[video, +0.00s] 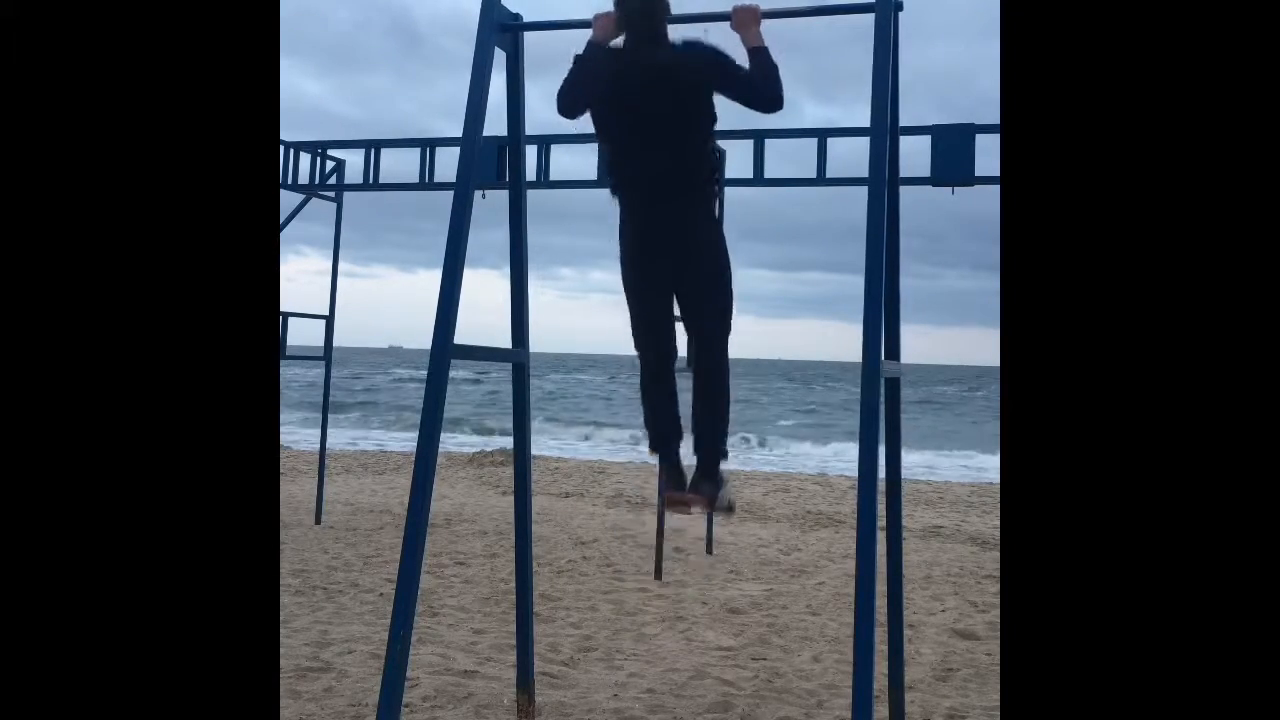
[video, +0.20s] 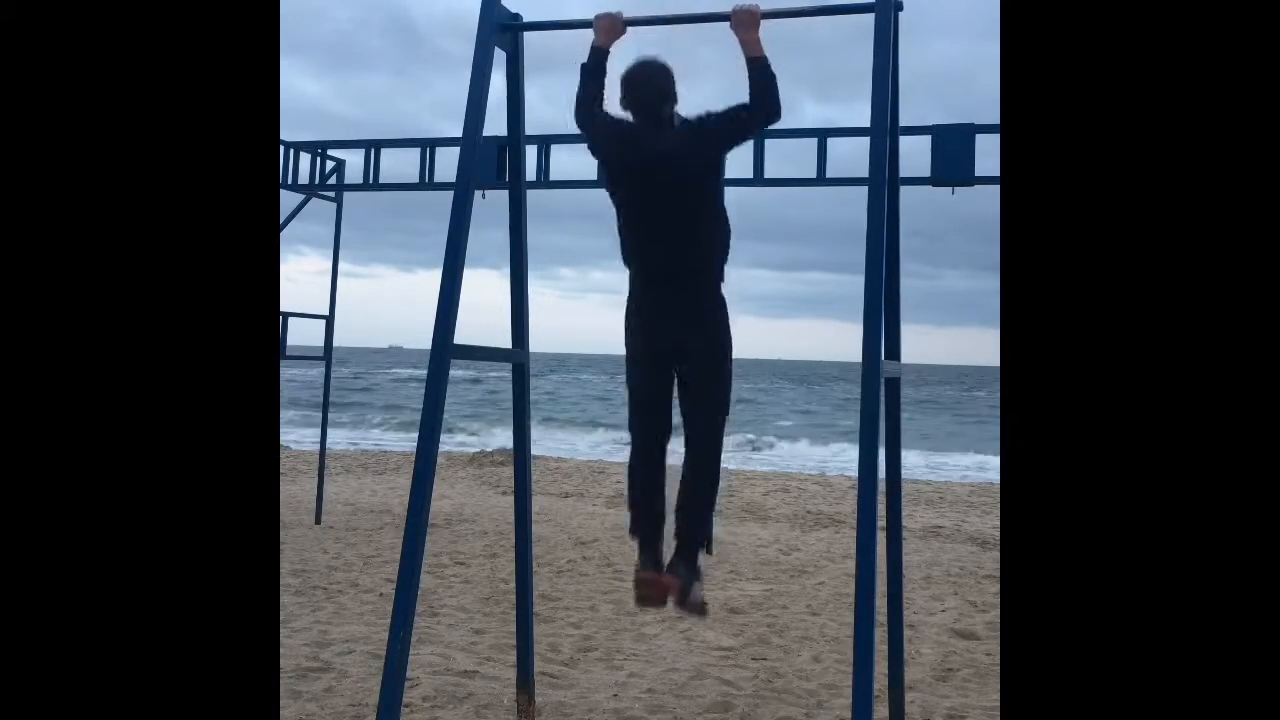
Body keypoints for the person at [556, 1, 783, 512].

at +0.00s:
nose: (644, 18)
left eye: (625, 14)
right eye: (656, 11)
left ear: (620, 19)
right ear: (667, 15)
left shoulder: (601, 66)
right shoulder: (698, 61)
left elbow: (567, 105)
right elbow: (770, 98)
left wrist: (595, 41)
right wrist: (754, 39)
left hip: (640, 234)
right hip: (698, 231)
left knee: (654, 356)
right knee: (710, 353)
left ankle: (670, 477)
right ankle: (707, 478)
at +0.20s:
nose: (657, 100)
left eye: (636, 93)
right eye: (664, 91)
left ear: (625, 102)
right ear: (674, 98)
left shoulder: (613, 144)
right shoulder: (706, 138)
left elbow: (587, 109)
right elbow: (765, 107)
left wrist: (599, 45)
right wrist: (752, 43)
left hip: (647, 310)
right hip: (703, 310)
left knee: (647, 439)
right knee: (703, 442)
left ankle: (649, 565)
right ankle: (685, 568)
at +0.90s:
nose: (623, 28)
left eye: (613, 22)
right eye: (645, 18)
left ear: (609, 33)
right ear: (654, 27)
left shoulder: (593, 89)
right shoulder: (687, 71)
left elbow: (575, 100)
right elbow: (754, 102)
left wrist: (596, 42)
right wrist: (749, 42)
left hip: (632, 246)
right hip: (691, 241)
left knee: (645, 360)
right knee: (705, 363)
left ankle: (654, 479)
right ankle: (694, 487)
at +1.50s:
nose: (652, 99)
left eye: (631, 93)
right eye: (660, 91)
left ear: (624, 104)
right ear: (673, 99)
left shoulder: (611, 145)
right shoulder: (704, 138)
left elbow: (587, 107)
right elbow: (765, 107)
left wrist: (600, 44)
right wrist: (751, 43)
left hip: (644, 313)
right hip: (701, 313)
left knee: (645, 436)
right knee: (703, 439)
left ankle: (647, 560)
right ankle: (684, 567)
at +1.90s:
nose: (681, 118)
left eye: (674, 113)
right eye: (677, 113)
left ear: (625, 127)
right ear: (672, 121)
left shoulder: (616, 165)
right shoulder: (703, 155)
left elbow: (593, 114)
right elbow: (756, 112)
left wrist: (601, 46)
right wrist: (749, 46)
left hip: (642, 327)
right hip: (699, 329)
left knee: (638, 462)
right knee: (697, 468)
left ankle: (634, 587)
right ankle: (675, 594)